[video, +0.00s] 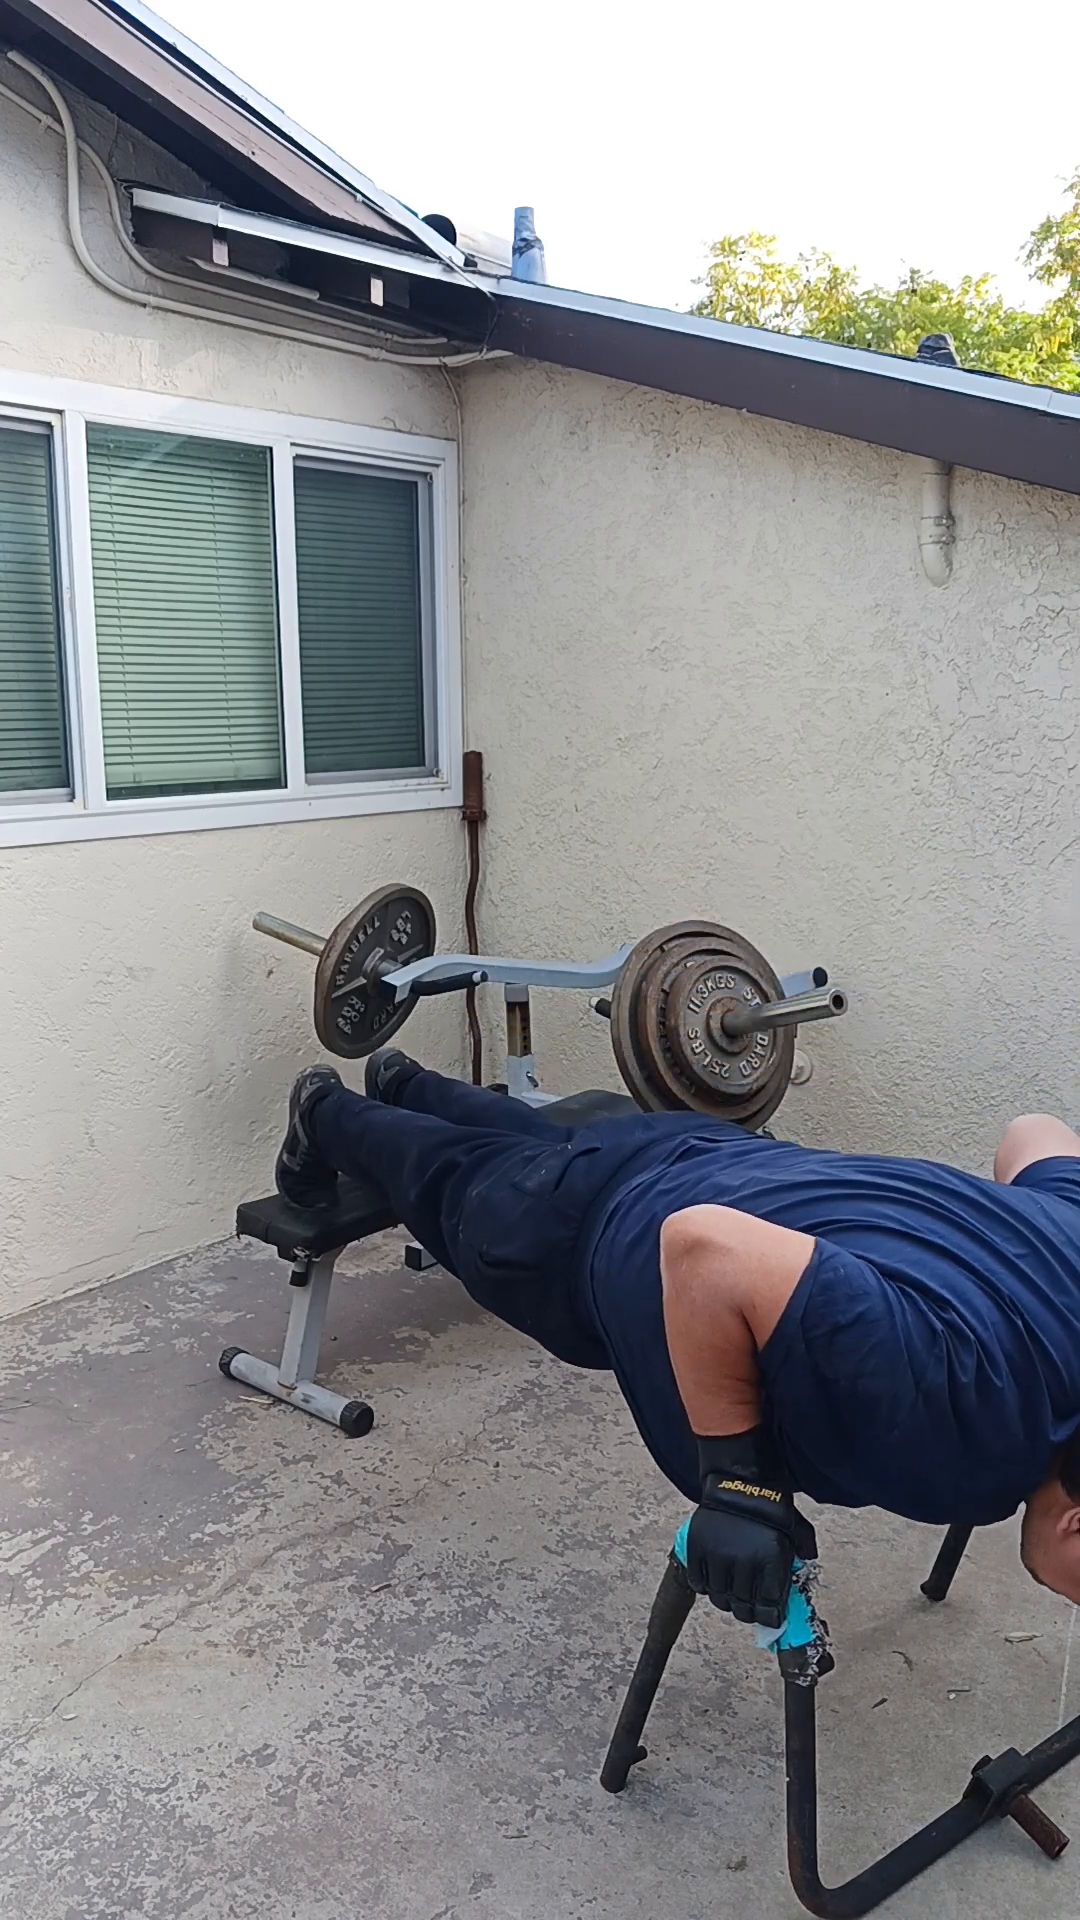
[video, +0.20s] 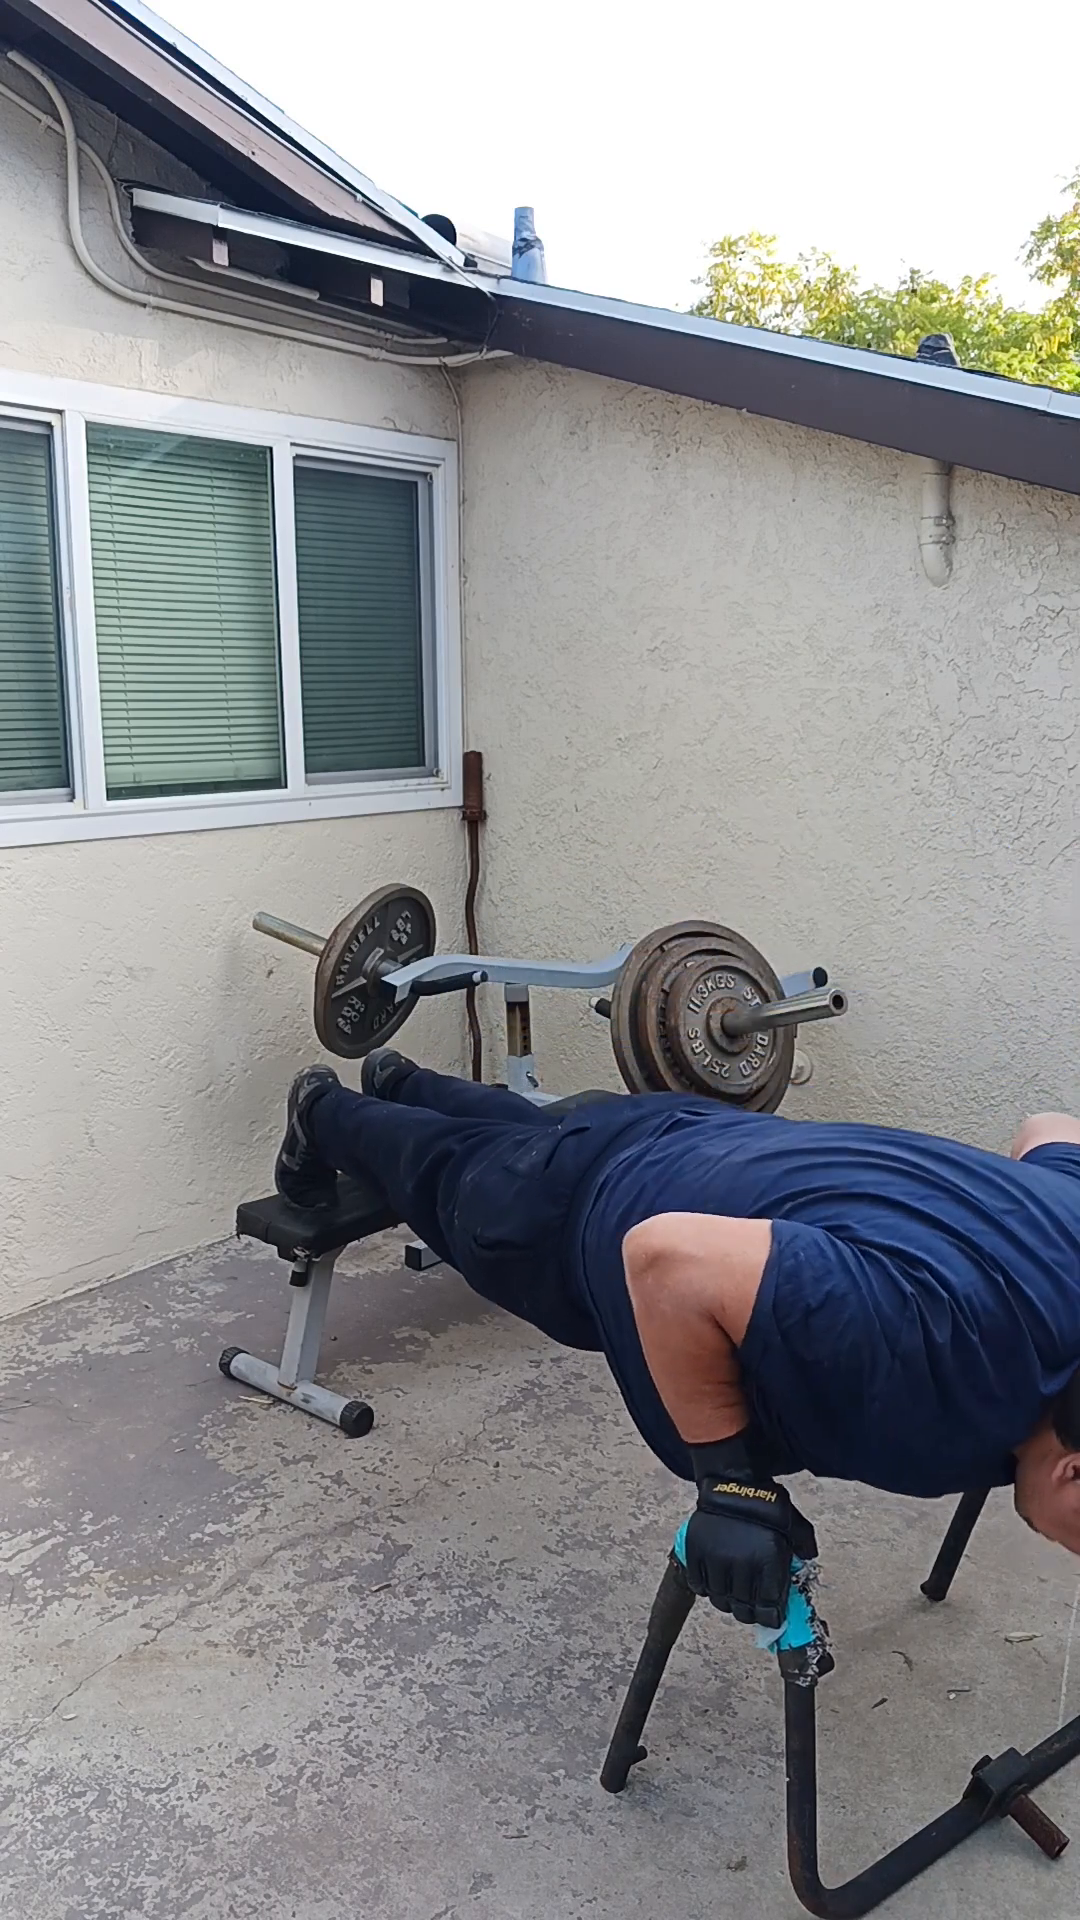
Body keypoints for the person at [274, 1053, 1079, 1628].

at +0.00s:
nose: (1051, 1586)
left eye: (1061, 1590)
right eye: (1066, 1584)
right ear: (1074, 1521)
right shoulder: (952, 1405)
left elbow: (1037, 1132)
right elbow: (702, 1255)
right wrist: (735, 1485)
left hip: (733, 1151)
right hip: (627, 1218)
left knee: (547, 1136)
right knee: (458, 1189)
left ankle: (409, 1089)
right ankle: (328, 1114)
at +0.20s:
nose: (1048, 1530)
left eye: (1061, 1526)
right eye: (1066, 1523)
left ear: (1069, 1462)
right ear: (1067, 1467)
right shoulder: (917, 1350)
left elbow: (1052, 1131)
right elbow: (666, 1265)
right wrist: (731, 1483)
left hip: (727, 1125)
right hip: (612, 1200)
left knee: (539, 1131)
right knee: (454, 1178)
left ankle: (404, 1085)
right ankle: (326, 1112)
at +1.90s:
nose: (1045, 1509)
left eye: (1058, 1510)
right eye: (1061, 1503)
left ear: (1068, 1431)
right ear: (1065, 1441)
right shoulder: (902, 1338)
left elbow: (1055, 1129)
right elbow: (664, 1267)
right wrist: (735, 1483)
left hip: (722, 1117)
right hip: (603, 1198)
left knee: (534, 1128)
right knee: (448, 1169)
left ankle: (395, 1083)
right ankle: (321, 1108)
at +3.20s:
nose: (1049, 1037)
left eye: (1069, 1023)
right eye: (1054, 1008)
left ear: (1024, 931)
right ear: (1014, 933)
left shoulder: (1019, 962)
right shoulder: (813, 975)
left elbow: (1040, 1149)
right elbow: (738, 1225)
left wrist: (1060, 1327)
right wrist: (740, 1473)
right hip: (599, 1011)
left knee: (518, 1110)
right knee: (442, 1084)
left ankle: (407, 1137)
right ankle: (321, 1114)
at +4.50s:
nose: (1058, 1335)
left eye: (1068, 1333)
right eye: (1073, 1322)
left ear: (1070, 1243)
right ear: (1065, 1254)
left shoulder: (1068, 1119)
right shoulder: (896, 1198)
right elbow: (633, 1280)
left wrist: (1042, 1336)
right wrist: (731, 1481)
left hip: (706, 1058)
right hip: (591, 1143)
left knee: (516, 1101)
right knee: (446, 1129)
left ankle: (374, 1111)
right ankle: (321, 1112)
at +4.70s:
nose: (1057, 1147)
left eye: (1073, 1135)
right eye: (1061, 1123)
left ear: (1049, 1051)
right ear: (1033, 1056)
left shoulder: (1038, 986)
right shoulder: (830, 1060)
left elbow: (1055, 1159)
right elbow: (666, 1255)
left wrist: (1059, 1318)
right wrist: (731, 1479)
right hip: (589, 1065)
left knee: (497, 1106)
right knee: (435, 1109)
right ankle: (317, 1109)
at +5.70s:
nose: (1047, 1398)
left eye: (1065, 1392)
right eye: (1062, 1381)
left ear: (1069, 1313)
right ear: (1053, 1322)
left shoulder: (1077, 1144)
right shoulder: (891, 1262)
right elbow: (635, 1279)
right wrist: (730, 1481)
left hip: (717, 1078)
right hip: (601, 1150)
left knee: (530, 1101)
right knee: (442, 1136)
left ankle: (394, 1084)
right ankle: (319, 1104)